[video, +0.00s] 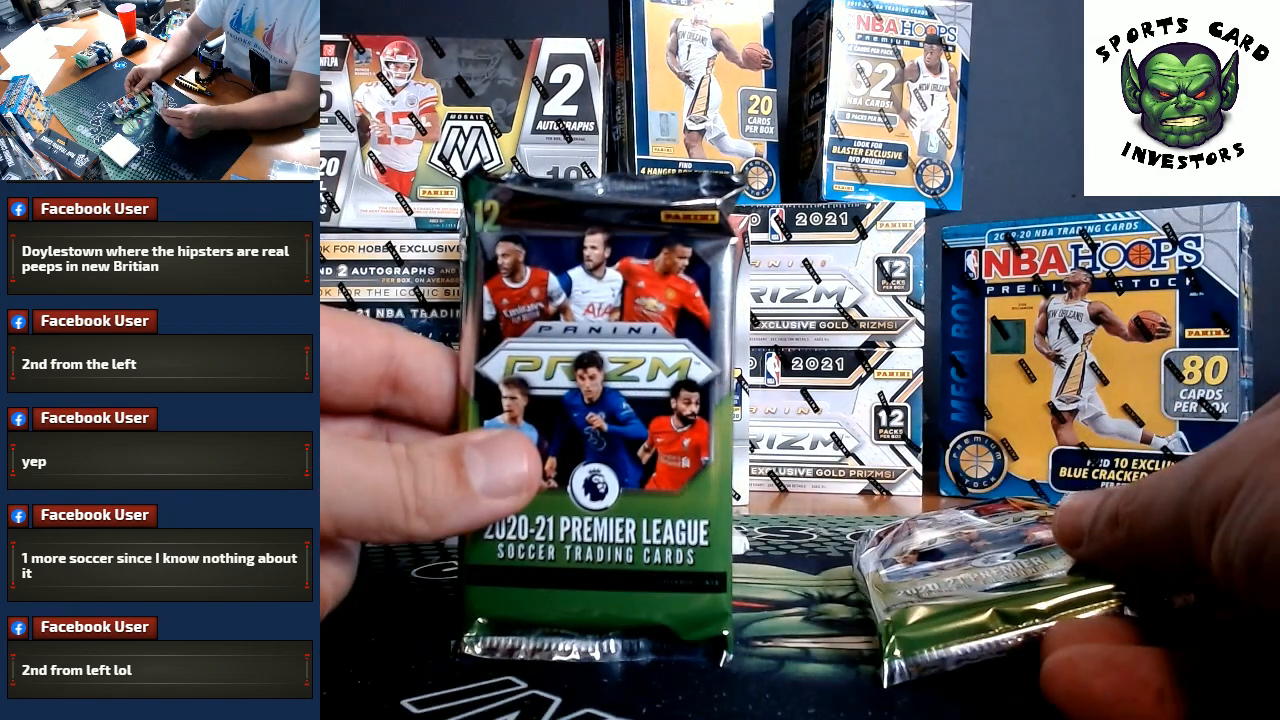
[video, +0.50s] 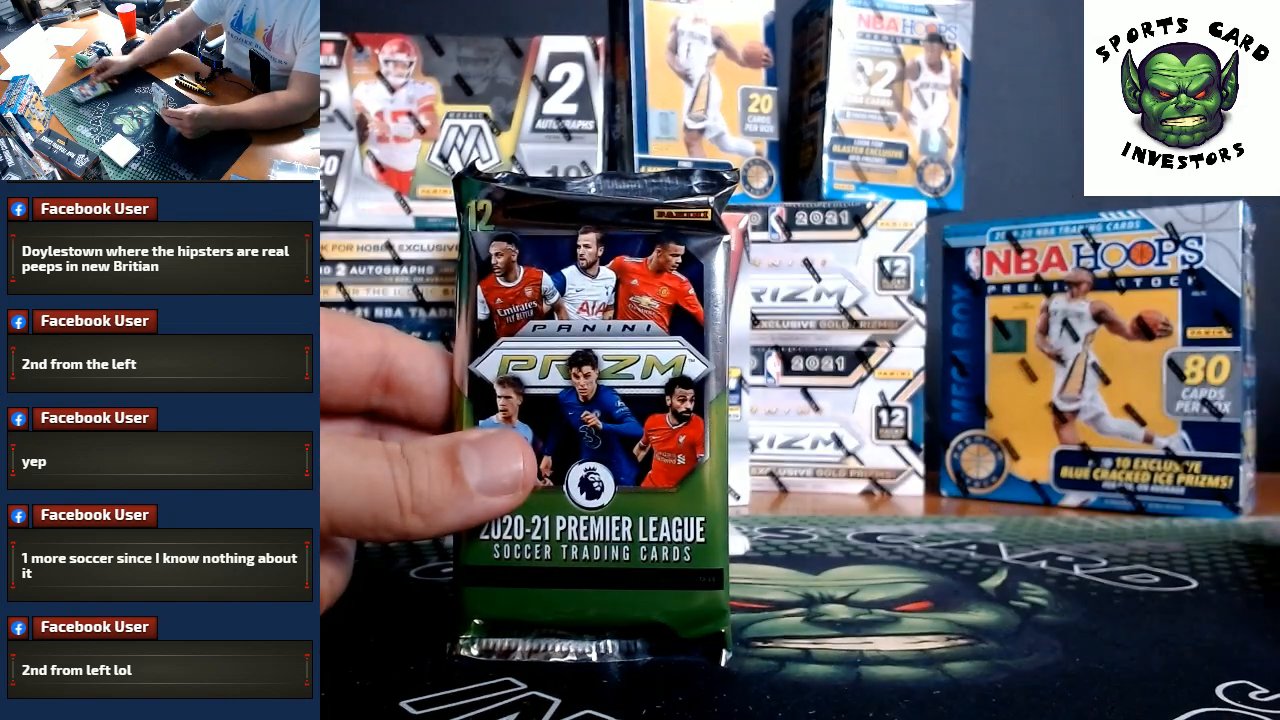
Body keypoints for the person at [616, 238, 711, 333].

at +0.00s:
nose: (686, 264)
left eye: (688, 259)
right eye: (681, 258)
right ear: (665, 253)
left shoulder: (686, 286)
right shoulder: (630, 266)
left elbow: (710, 321)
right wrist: (612, 310)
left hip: (663, 349)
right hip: (628, 346)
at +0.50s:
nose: (679, 261)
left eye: (681, 256)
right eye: (674, 255)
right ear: (658, 252)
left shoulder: (680, 284)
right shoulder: (622, 265)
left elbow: (705, 319)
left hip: (657, 347)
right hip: (622, 344)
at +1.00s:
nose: (678, 261)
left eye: (680, 256)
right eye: (673, 256)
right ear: (657, 252)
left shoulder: (679, 284)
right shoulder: (622, 265)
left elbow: (702, 318)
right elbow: (595, 285)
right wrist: (606, 308)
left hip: (657, 346)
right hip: (622, 343)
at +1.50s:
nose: (690, 263)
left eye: (692, 258)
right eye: (685, 258)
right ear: (669, 254)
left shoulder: (691, 287)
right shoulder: (634, 267)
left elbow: (716, 322)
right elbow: (606, 285)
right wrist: (619, 311)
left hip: (668, 348)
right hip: (633, 345)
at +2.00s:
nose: (688, 263)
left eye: (690, 258)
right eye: (683, 258)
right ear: (667, 254)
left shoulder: (689, 286)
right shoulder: (633, 267)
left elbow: (714, 321)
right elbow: (605, 286)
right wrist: (617, 310)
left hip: (667, 347)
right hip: (632, 344)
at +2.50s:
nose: (685, 262)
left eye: (686, 256)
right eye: (680, 256)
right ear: (664, 252)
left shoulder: (686, 285)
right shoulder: (629, 266)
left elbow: (711, 319)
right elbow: (602, 285)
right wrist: (613, 311)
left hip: (664, 346)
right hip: (629, 344)